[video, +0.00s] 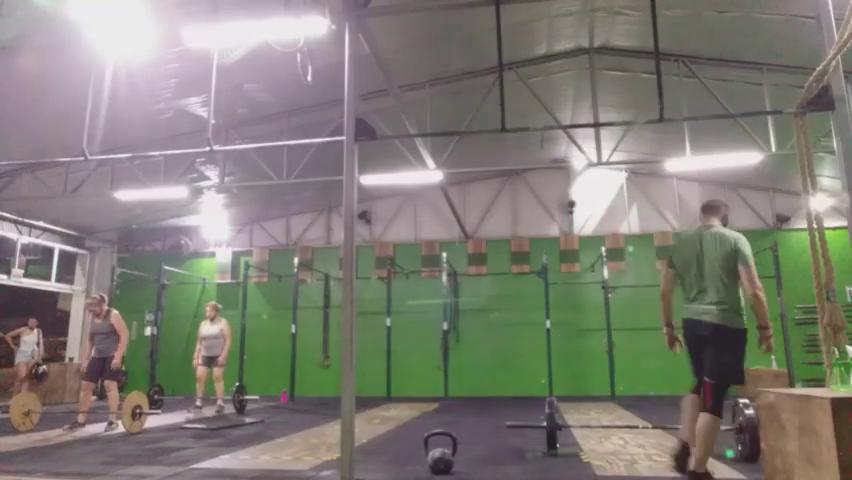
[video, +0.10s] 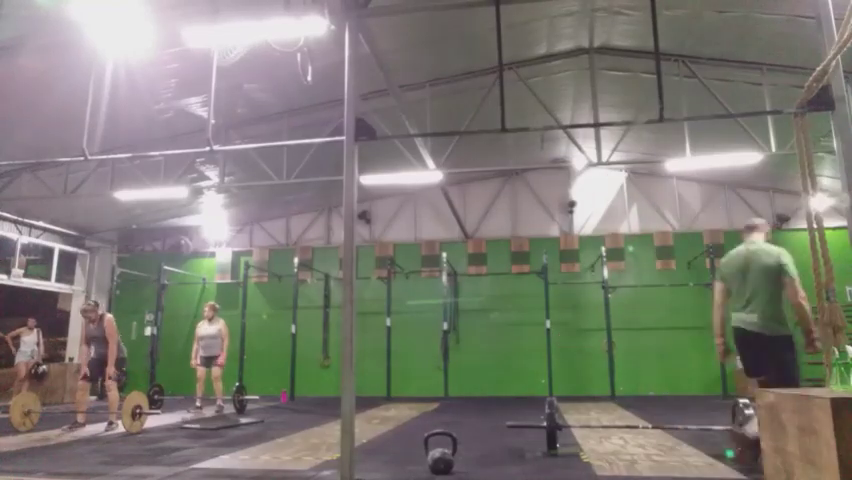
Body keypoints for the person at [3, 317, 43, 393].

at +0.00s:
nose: (33, 324)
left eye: (35, 322)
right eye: (31, 321)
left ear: (37, 323)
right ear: (28, 322)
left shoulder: (38, 331)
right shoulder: (23, 330)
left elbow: (41, 344)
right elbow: (7, 336)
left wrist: (40, 355)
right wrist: (14, 347)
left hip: (32, 355)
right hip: (22, 354)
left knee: (27, 376)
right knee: (22, 376)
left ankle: (23, 395)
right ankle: (15, 395)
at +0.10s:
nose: (32, 324)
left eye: (33, 322)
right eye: (30, 322)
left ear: (35, 323)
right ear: (27, 322)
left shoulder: (38, 331)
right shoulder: (22, 330)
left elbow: (41, 344)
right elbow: (8, 336)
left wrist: (40, 356)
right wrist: (12, 349)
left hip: (33, 355)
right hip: (22, 354)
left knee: (28, 376)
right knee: (22, 375)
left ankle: (23, 396)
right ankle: (14, 395)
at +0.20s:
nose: (31, 324)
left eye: (33, 322)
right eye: (30, 322)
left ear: (35, 323)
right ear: (27, 322)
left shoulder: (38, 331)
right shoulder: (22, 330)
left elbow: (41, 343)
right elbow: (8, 339)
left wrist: (41, 354)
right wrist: (8, 352)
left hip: (32, 355)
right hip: (22, 354)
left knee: (28, 376)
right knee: (21, 375)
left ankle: (23, 395)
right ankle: (14, 395)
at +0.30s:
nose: (29, 324)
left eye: (31, 322)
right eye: (28, 322)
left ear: (33, 323)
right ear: (25, 322)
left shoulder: (36, 331)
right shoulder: (20, 331)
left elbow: (40, 344)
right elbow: (13, 343)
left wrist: (41, 356)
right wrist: (9, 356)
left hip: (31, 356)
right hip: (20, 355)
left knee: (27, 377)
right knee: (19, 376)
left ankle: (23, 396)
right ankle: (11, 396)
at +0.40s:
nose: (23, 323)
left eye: (25, 321)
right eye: (21, 321)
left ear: (28, 322)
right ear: (19, 322)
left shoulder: (31, 331)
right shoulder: (15, 332)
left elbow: (36, 344)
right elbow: (9, 344)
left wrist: (37, 357)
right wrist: (7, 356)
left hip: (28, 356)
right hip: (16, 356)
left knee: (24, 378)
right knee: (11, 378)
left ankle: (21, 398)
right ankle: (8, 399)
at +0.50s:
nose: (18, 323)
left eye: (20, 321)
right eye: (16, 321)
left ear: (23, 322)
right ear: (14, 323)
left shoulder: (27, 332)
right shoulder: (10, 333)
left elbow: (31, 345)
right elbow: (5, 346)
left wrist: (33, 358)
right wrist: (2, 358)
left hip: (24, 357)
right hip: (11, 357)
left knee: (22, 379)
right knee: (8, 379)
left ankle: (22, 399)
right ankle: (7, 400)